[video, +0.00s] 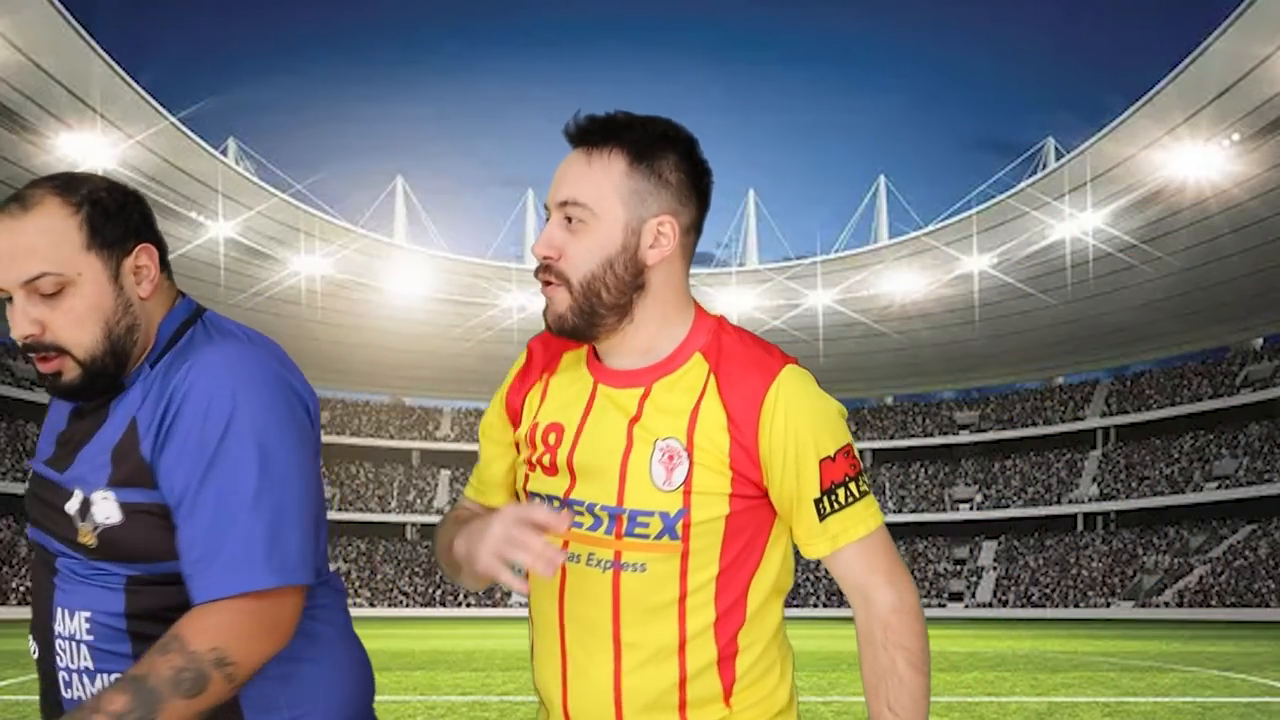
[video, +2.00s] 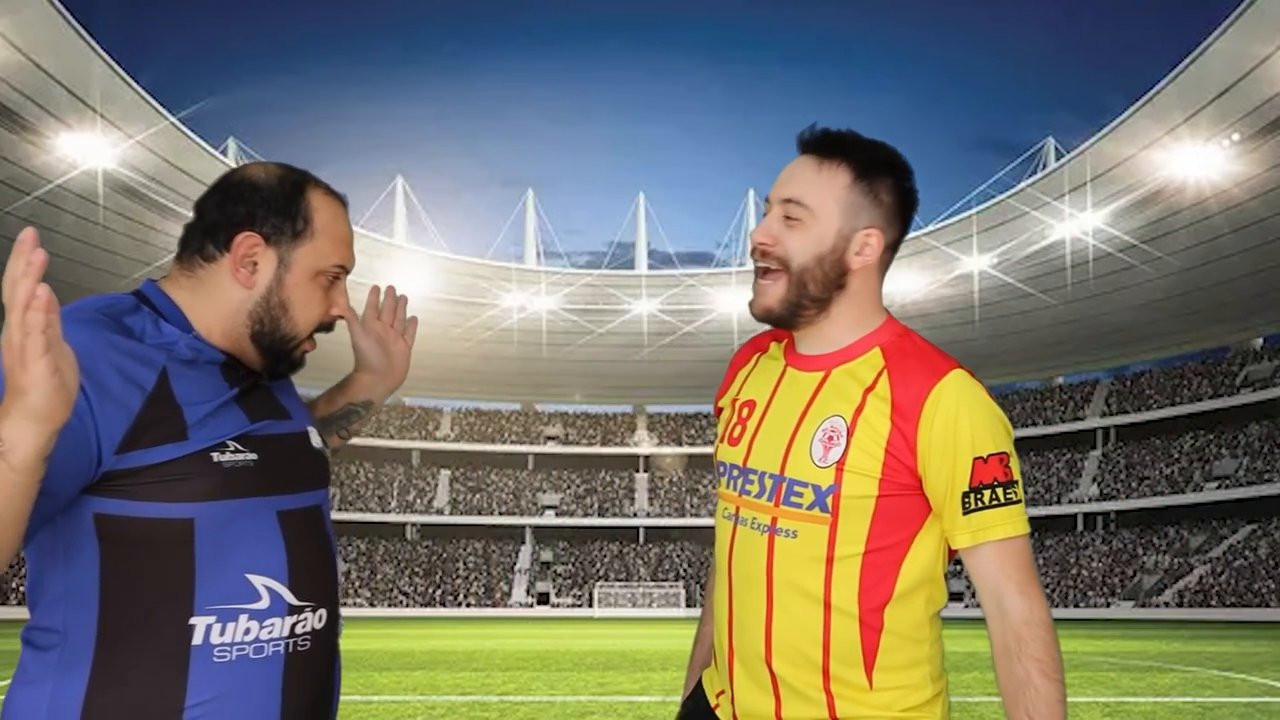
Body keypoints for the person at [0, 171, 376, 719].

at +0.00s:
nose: (22, 326)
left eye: (50, 291)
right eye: (10, 300)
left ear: (141, 272)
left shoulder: (232, 382)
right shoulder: (83, 385)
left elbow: (254, 607)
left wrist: (99, 709)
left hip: (264, 705)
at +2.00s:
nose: (340, 310)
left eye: (342, 281)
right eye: (330, 278)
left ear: (248, 261)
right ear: (249, 260)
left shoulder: (265, 378)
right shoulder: (90, 351)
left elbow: (276, 451)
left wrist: (368, 385)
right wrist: (26, 427)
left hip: (288, 705)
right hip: (105, 705)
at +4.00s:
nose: (427, 219)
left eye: (463, 202)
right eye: (410, 207)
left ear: (522, 241)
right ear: (388, 241)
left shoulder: (606, 385)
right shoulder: (327, 332)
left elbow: (674, 574)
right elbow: (191, 208)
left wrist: (592, 508)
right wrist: (131, 33)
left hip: (522, 708)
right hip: (327, 704)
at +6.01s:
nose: (458, 271)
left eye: (450, 245)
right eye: (432, 246)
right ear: (346, 253)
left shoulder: (444, 364)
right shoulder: (204, 378)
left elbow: (491, 526)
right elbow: (113, 601)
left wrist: (528, 678)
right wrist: (197, 713)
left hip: (452, 707)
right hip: (274, 704)